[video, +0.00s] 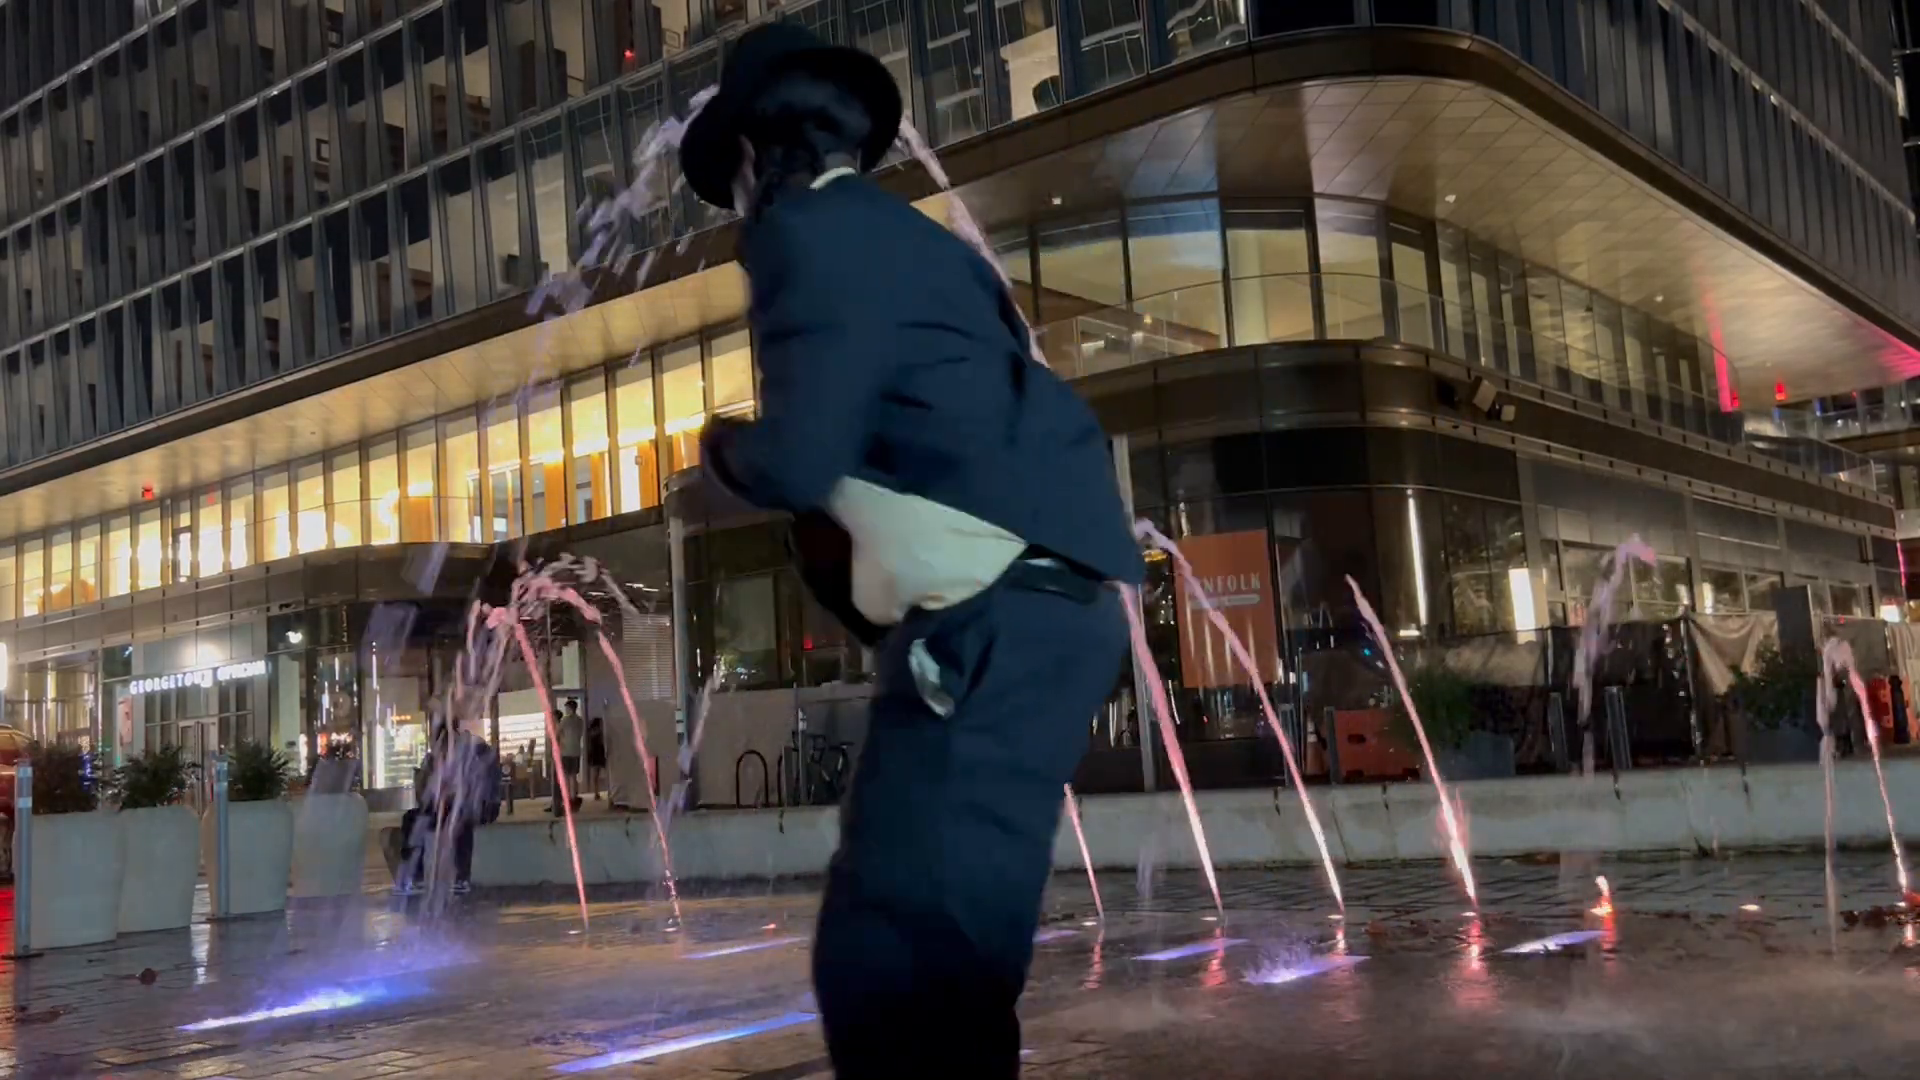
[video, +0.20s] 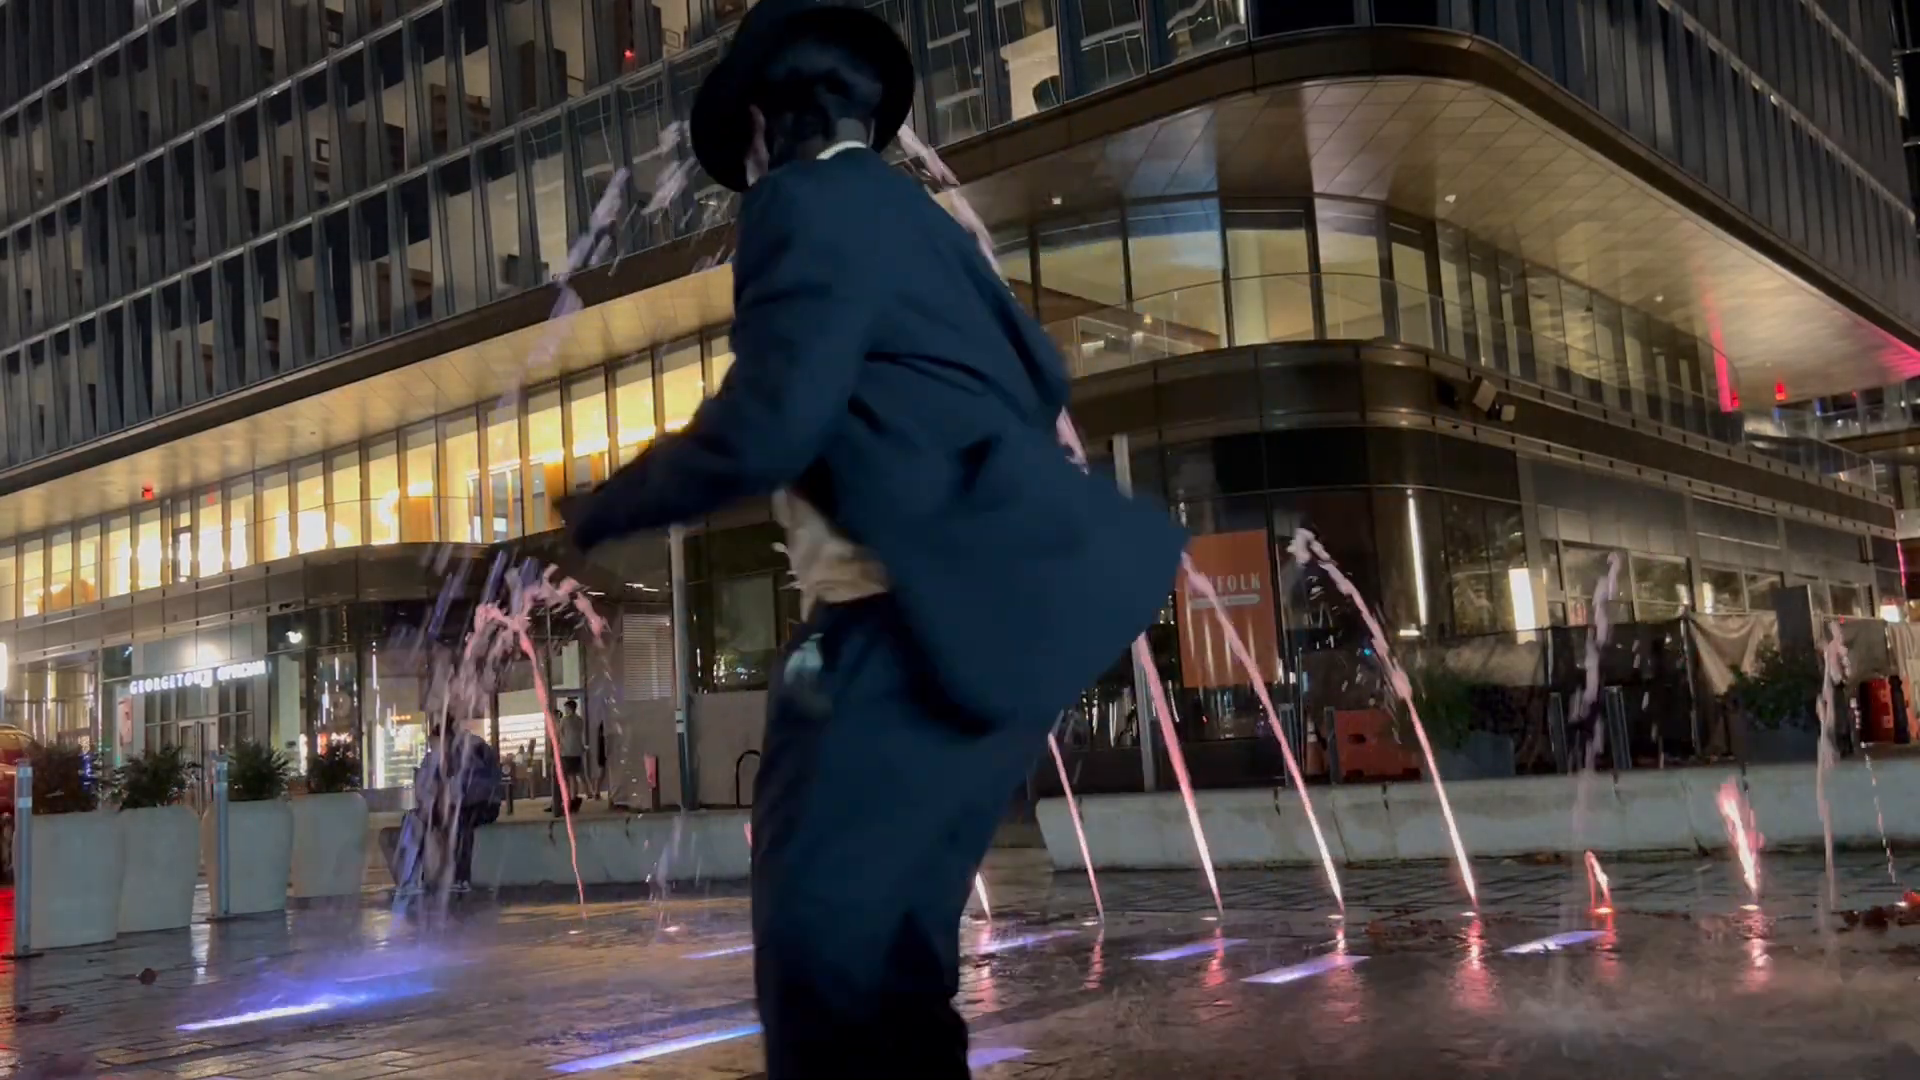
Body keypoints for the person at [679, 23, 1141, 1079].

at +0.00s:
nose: (730, 201)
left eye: (731, 173)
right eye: (726, 180)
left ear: (761, 151)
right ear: (844, 147)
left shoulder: (812, 230)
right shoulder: (901, 236)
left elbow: (798, 461)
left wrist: (718, 477)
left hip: (1003, 610)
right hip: (1025, 607)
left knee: (893, 952)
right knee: (933, 952)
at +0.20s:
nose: (736, 165)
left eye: (736, 139)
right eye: (734, 144)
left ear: (763, 126)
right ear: (864, 117)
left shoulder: (809, 205)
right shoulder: (916, 211)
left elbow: (768, 425)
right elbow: (1037, 373)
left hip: (915, 634)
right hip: (979, 627)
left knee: (822, 947)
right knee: (891, 954)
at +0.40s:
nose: (722, 157)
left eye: (722, 131)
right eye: (721, 134)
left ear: (743, 125)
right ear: (851, 120)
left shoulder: (781, 233)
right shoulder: (910, 226)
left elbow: (759, 455)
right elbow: (897, 423)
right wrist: (728, 403)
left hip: (900, 673)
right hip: (1004, 660)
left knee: (803, 975)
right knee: (947, 971)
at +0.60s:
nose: (710, 193)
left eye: (710, 173)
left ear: (724, 169)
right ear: (845, 150)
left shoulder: (732, 252)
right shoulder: (944, 262)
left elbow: (794, 447)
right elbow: (1007, 466)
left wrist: (625, 542)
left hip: (904, 681)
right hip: (1039, 661)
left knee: (822, 1015)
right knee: (1022, 981)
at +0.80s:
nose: (786, 244)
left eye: (790, 225)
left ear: (799, 234)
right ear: (913, 223)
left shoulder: (778, 313)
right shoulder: (995, 325)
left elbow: (795, 520)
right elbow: (1076, 514)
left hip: (932, 723)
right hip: (1074, 721)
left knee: (849, 1029)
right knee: (1073, 1003)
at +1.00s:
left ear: (904, 261)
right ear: (1035, 251)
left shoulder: (868, 332)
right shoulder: (1130, 330)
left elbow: (806, 495)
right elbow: (1227, 502)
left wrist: (814, 617)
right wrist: (1121, 566)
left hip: (974, 693)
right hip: (1143, 691)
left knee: (965, 999)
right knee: (1133, 994)